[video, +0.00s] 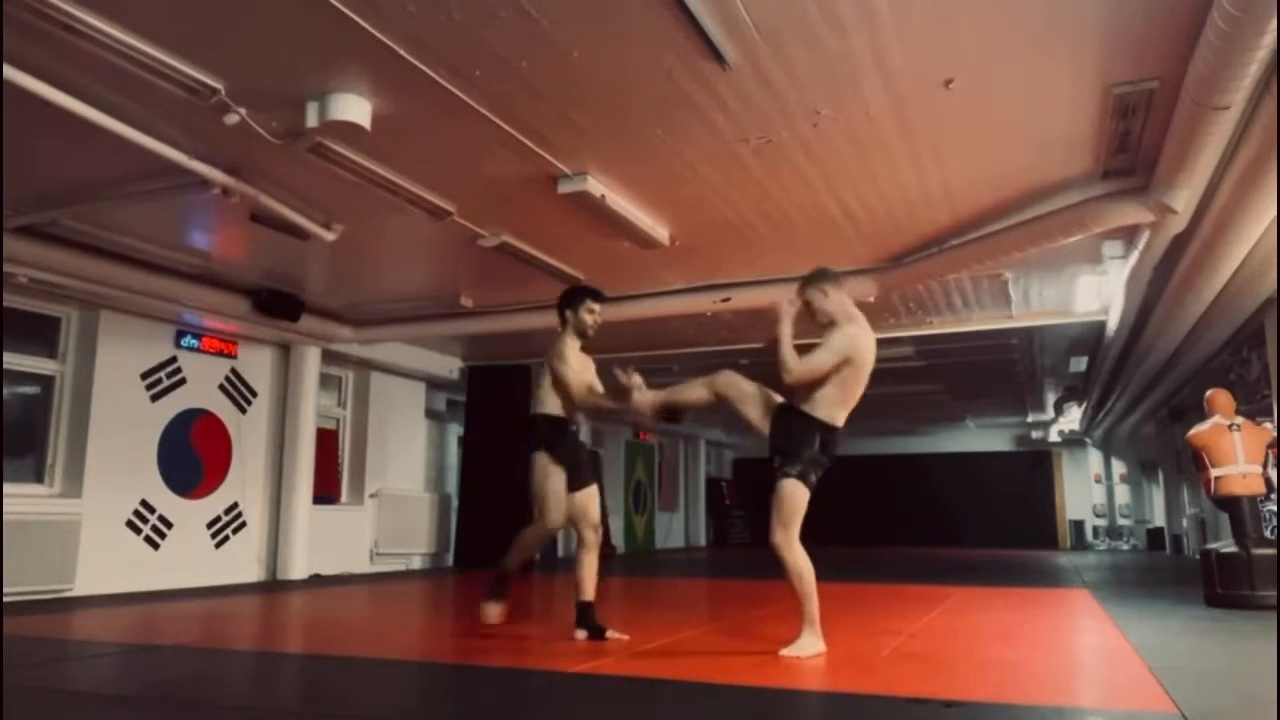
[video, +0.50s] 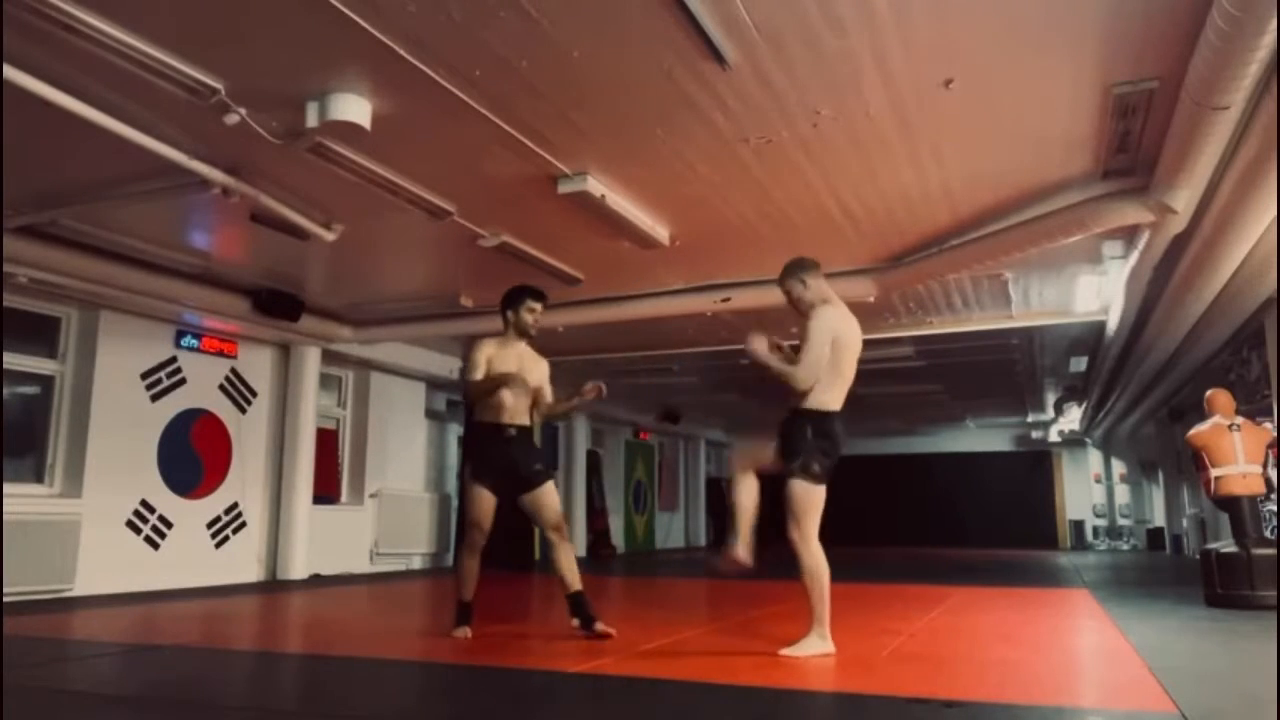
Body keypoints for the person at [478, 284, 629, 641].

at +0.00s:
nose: (596, 319)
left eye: (598, 313)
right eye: (590, 312)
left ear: (596, 318)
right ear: (569, 313)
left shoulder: (586, 359)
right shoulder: (560, 349)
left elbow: (598, 398)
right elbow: (580, 400)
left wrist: (628, 399)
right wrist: (628, 408)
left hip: (574, 441)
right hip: (547, 437)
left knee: (590, 531)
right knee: (549, 522)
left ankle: (586, 618)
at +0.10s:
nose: (582, 319)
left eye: (584, 313)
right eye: (576, 312)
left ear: (581, 317)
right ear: (556, 314)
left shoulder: (575, 358)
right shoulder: (552, 347)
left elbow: (600, 389)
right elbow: (575, 390)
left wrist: (631, 386)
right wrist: (623, 400)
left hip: (565, 445)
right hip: (536, 441)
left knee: (584, 533)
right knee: (524, 534)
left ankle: (586, 618)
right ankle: (466, 597)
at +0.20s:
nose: (572, 320)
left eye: (574, 314)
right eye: (565, 312)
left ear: (571, 319)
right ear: (544, 314)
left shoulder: (570, 364)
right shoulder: (533, 349)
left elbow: (589, 400)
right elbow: (552, 390)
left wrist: (623, 384)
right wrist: (607, 398)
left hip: (556, 447)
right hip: (521, 443)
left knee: (578, 534)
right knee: (500, 533)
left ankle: (584, 619)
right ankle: (463, 607)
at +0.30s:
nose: (560, 322)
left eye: (563, 316)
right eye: (554, 314)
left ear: (560, 320)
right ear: (533, 315)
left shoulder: (560, 364)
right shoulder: (514, 348)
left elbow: (573, 411)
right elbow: (513, 392)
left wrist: (605, 393)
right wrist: (564, 397)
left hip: (545, 448)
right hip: (507, 446)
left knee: (566, 534)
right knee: (488, 534)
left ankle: (584, 618)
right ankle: (465, 612)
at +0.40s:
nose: (548, 321)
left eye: (550, 315)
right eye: (542, 314)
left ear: (549, 320)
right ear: (520, 315)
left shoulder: (549, 365)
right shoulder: (497, 349)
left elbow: (553, 413)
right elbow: (486, 392)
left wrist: (586, 404)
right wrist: (522, 391)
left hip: (534, 450)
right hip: (495, 447)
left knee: (559, 533)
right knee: (480, 534)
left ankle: (584, 617)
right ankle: (464, 616)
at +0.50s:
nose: (536, 319)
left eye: (539, 314)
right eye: (531, 312)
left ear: (538, 318)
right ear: (510, 312)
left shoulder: (539, 362)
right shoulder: (485, 348)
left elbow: (545, 409)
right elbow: (471, 393)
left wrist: (578, 399)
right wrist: (501, 380)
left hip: (525, 447)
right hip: (486, 444)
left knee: (556, 527)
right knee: (476, 532)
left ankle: (582, 612)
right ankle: (463, 617)